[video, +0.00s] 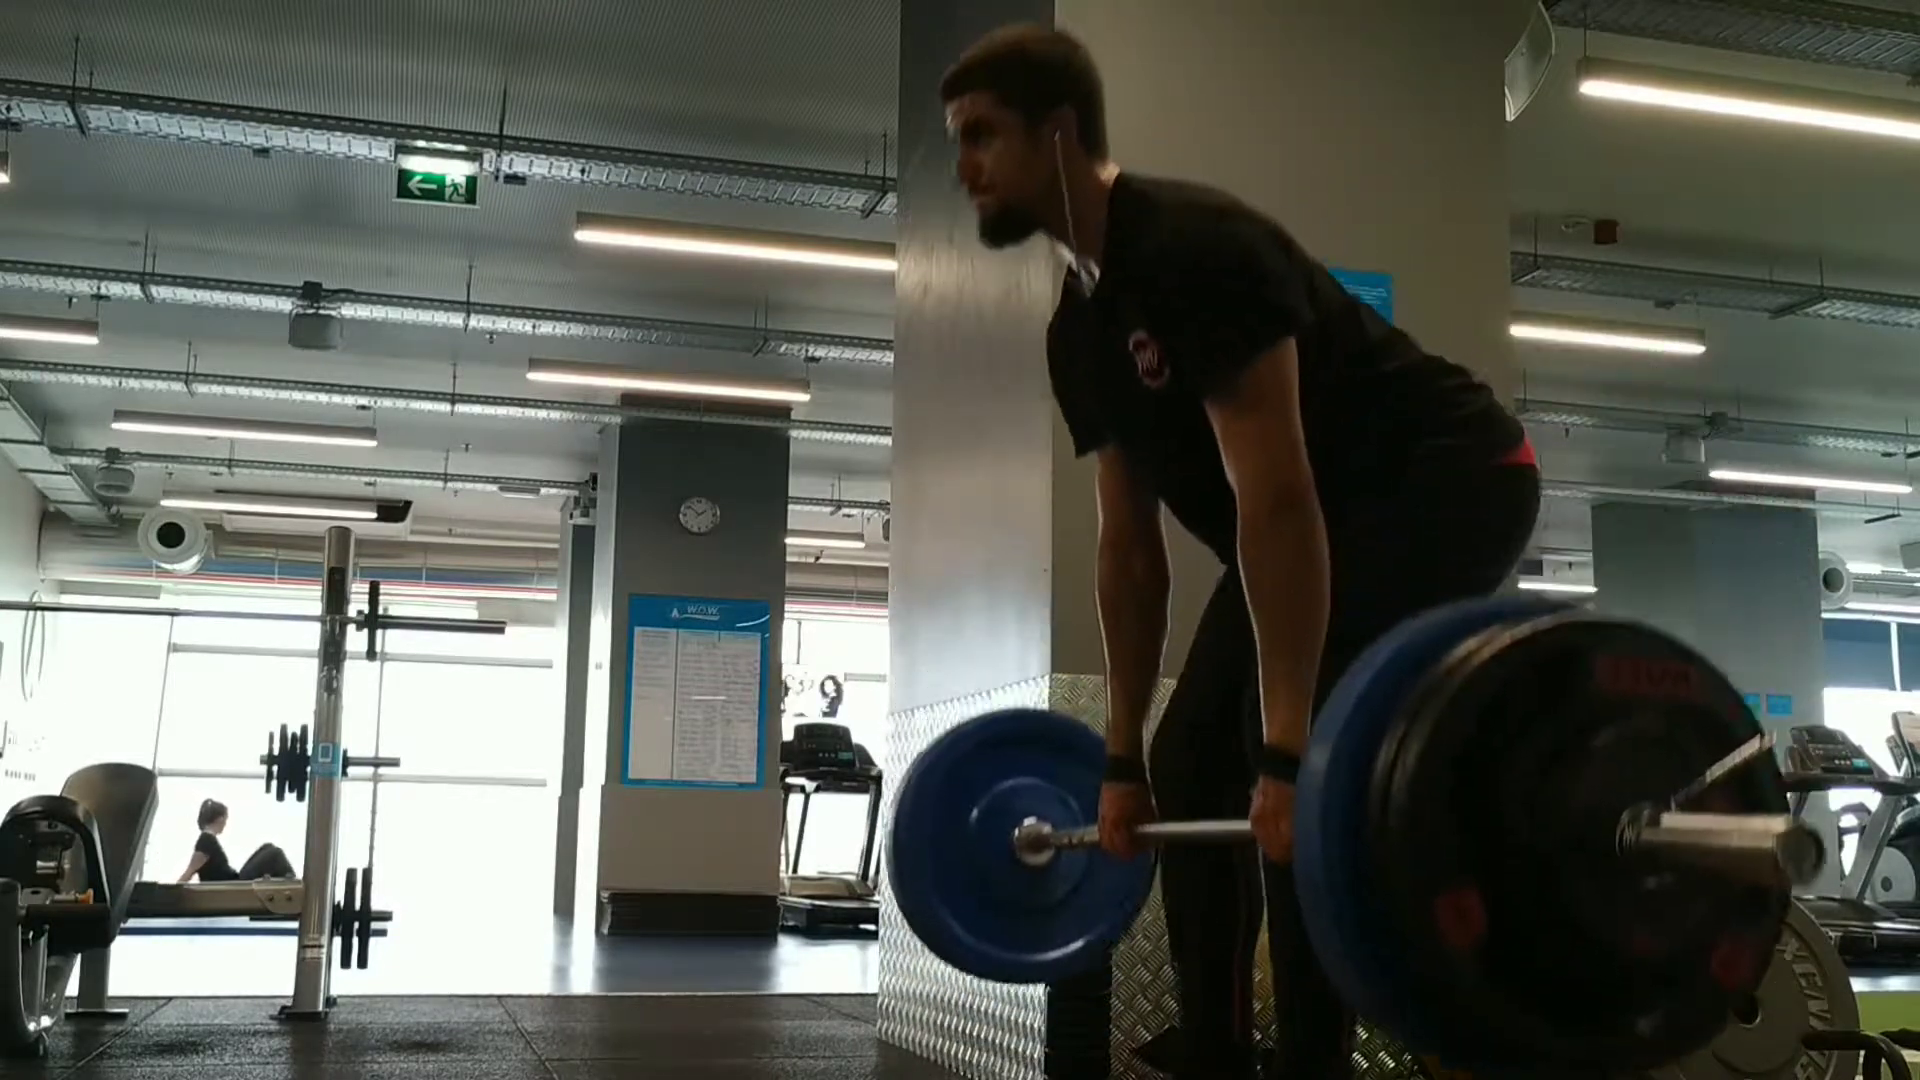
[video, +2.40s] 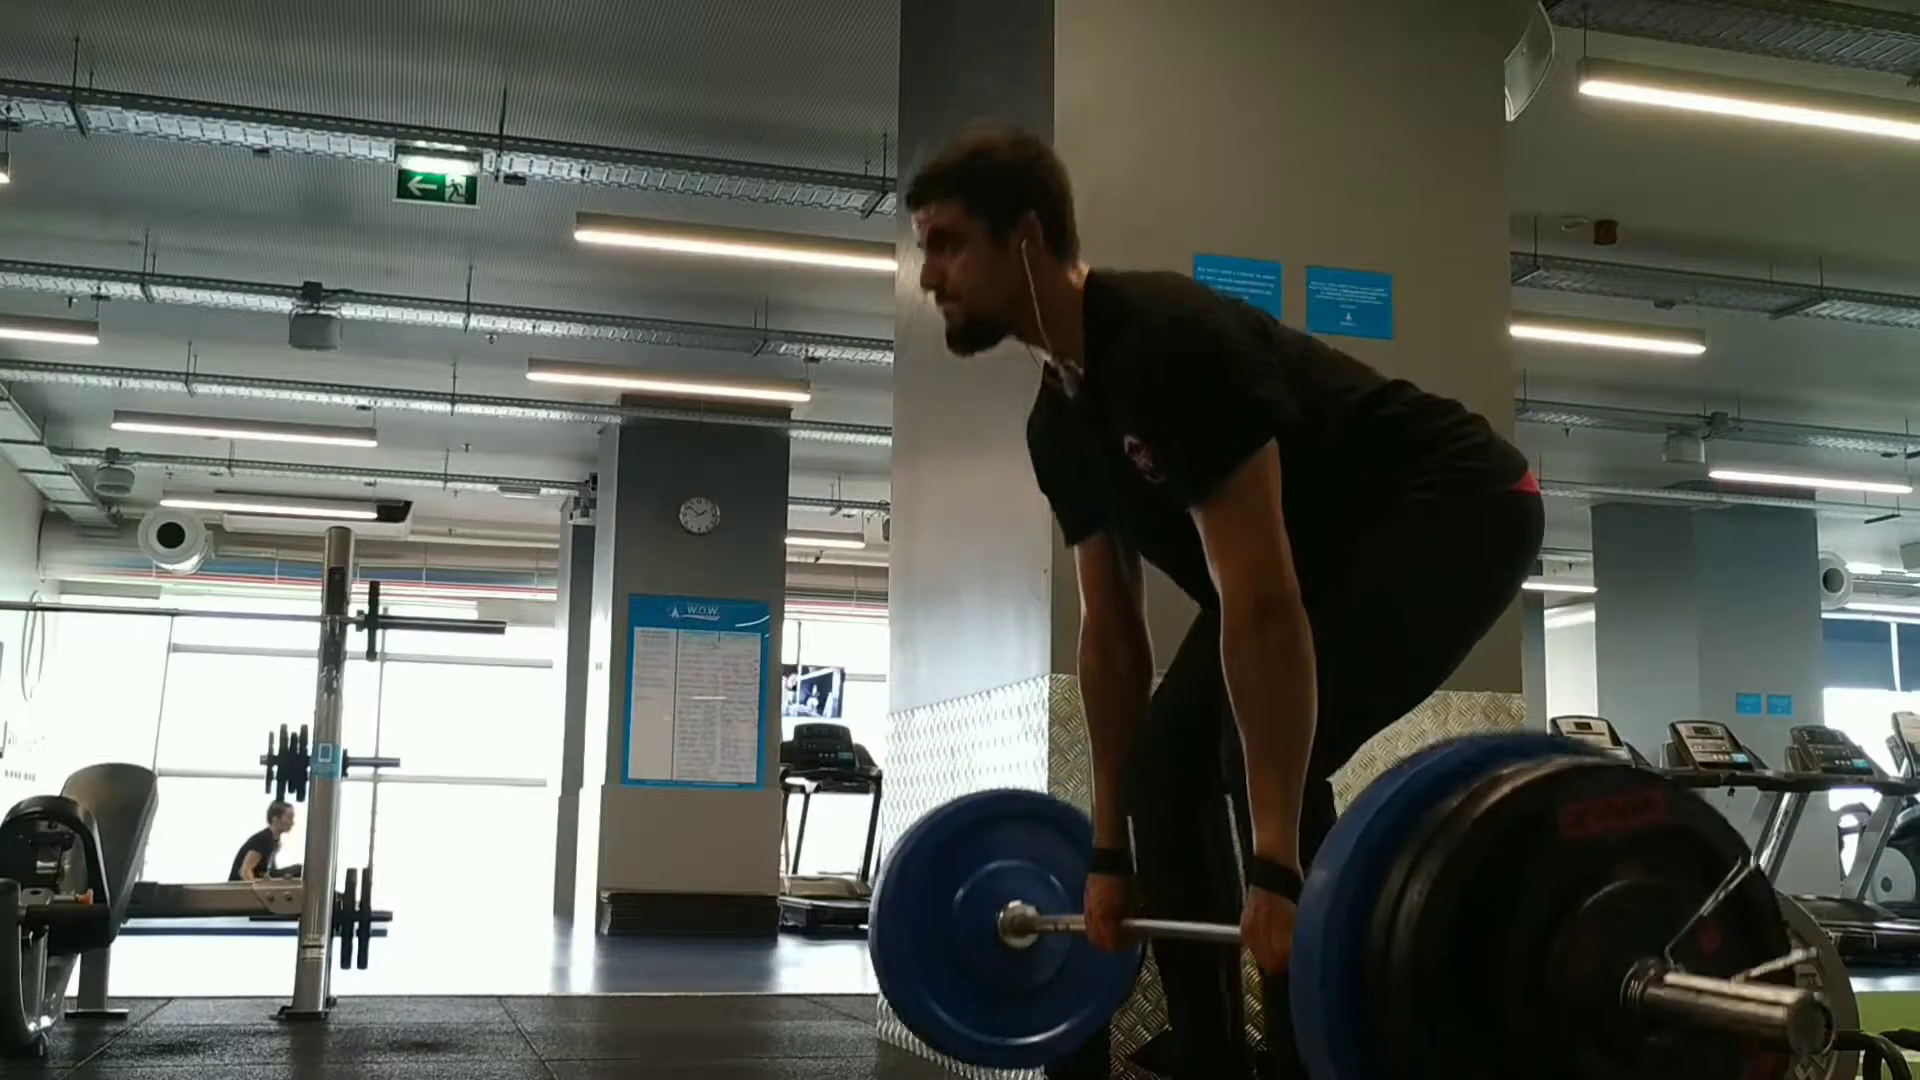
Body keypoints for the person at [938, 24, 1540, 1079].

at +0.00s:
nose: (965, 169)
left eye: (980, 138)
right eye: (958, 145)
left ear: (1061, 131)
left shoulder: (1196, 245)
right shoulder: (1078, 327)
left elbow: (1281, 508)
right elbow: (1128, 550)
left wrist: (1284, 756)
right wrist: (1122, 756)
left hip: (1442, 491)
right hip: (1303, 521)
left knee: (1311, 772)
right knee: (1194, 762)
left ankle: (1313, 1056)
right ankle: (1210, 1040)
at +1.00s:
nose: (1047, 15)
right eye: (1048, 2)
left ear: (1142, 2)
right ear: (1119, 16)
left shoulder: (1241, 116)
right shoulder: (1115, 199)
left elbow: (1290, 364)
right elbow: (1137, 422)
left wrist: (1280, 598)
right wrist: (1123, 634)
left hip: (1377, 486)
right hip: (1252, 503)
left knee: (1283, 752)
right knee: (1184, 747)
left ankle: (1311, 1058)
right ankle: (1211, 1043)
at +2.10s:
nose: (968, 147)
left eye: (984, 116)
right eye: (961, 124)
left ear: (1067, 108)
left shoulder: (1199, 225)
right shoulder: (1083, 303)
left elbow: (1279, 487)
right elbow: (1128, 523)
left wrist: (1278, 731)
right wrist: (1114, 743)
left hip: (1431, 501)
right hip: (1294, 524)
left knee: (1311, 775)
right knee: (1189, 769)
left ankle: (1310, 1059)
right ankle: (1211, 1045)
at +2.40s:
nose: (926, 276)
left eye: (945, 246)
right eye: (923, 252)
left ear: (1027, 240)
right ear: (1017, 249)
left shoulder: (1172, 340)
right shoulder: (1059, 424)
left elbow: (1264, 610)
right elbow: (1110, 635)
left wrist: (1277, 871)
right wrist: (1110, 853)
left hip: (1452, 505)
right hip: (1312, 547)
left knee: (1271, 747)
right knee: (1165, 757)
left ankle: (1316, 1044)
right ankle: (1202, 1045)